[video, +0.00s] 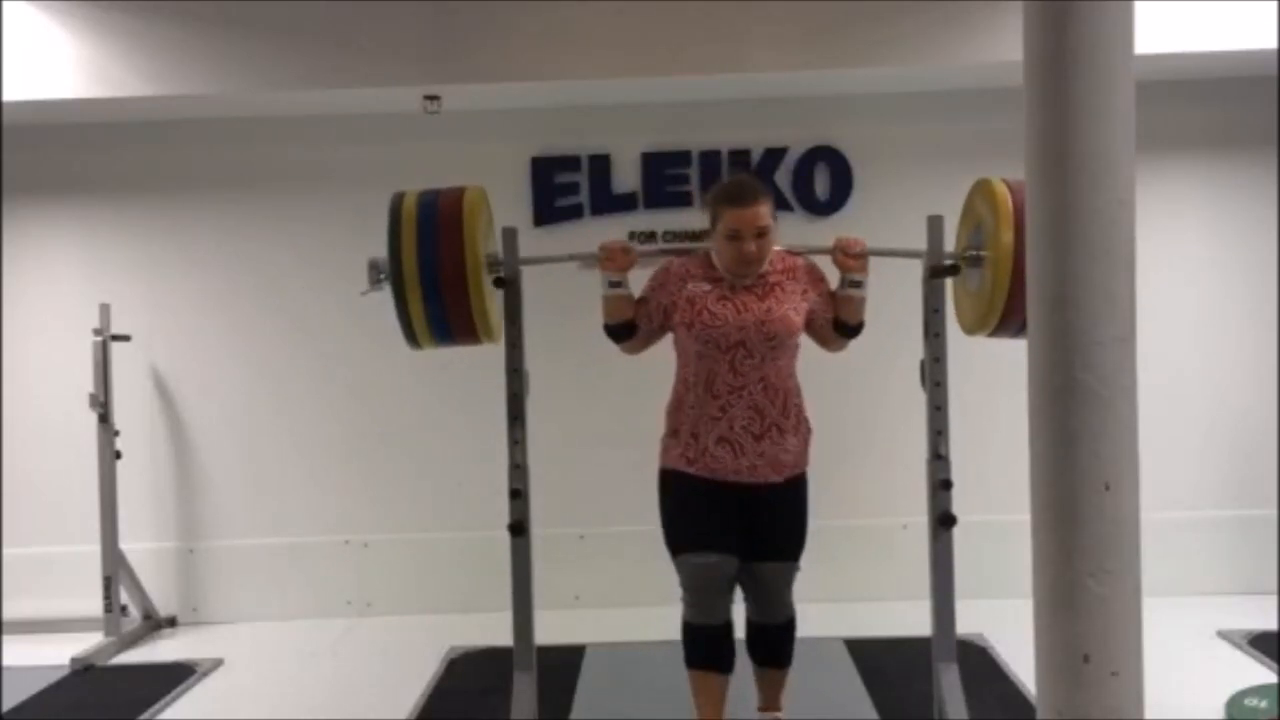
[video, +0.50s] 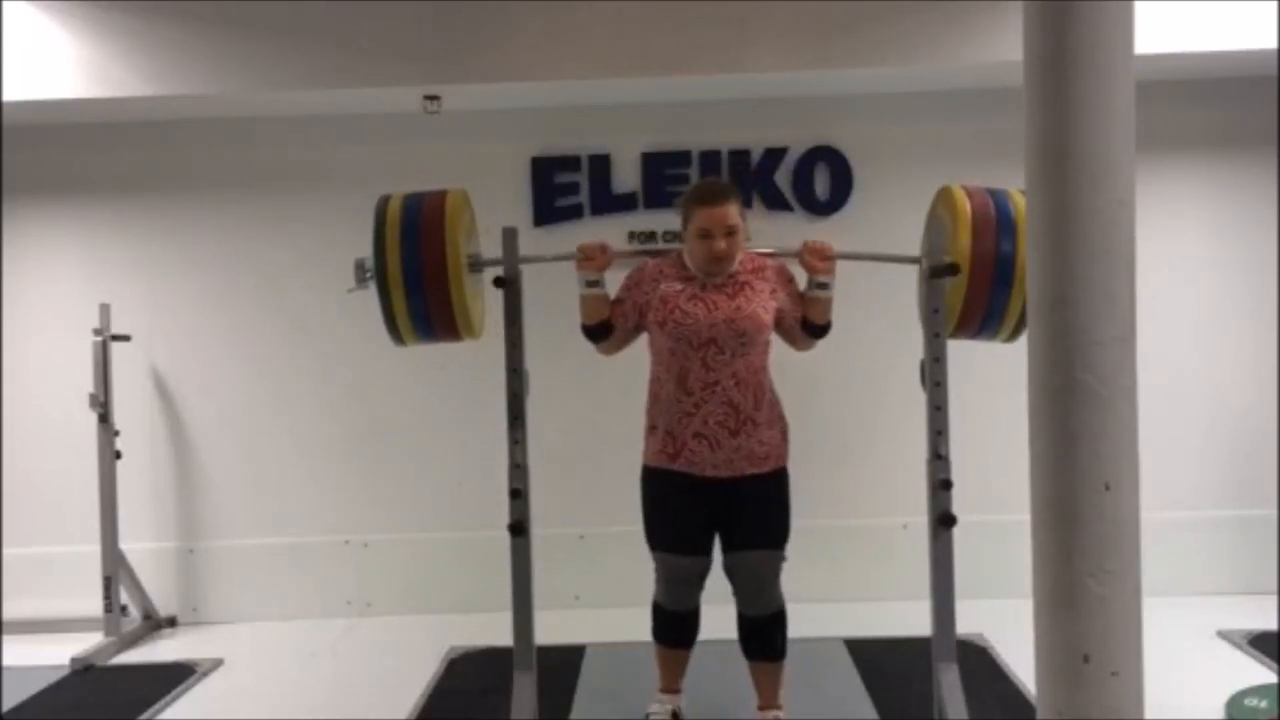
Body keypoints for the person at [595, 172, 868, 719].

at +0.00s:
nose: (748, 249)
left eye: (760, 235)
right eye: (734, 237)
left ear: (775, 229)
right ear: (712, 232)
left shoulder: (796, 274)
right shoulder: (680, 276)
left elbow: (837, 336)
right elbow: (629, 338)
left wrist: (852, 280)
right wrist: (615, 281)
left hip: (775, 465)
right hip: (697, 464)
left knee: (772, 597)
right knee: (706, 595)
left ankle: (771, 711)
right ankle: (709, 716)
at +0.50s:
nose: (719, 246)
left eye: (729, 233)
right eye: (706, 235)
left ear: (743, 230)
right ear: (684, 234)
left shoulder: (766, 274)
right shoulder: (653, 278)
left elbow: (805, 337)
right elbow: (606, 340)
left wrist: (820, 281)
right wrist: (592, 280)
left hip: (755, 463)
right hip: (676, 463)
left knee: (760, 590)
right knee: (677, 587)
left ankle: (770, 709)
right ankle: (668, 701)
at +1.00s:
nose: (702, 243)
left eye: (712, 231)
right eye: (689, 233)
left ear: (726, 230)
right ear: (668, 233)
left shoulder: (750, 275)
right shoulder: (640, 276)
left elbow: (791, 336)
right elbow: (594, 337)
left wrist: (803, 282)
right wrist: (580, 278)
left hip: (744, 454)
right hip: (665, 457)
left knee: (766, 577)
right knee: (670, 581)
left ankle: (796, 695)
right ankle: (665, 701)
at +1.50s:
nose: (721, 234)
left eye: (730, 223)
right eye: (708, 225)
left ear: (745, 227)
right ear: (687, 232)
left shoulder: (770, 275)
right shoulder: (660, 279)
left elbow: (810, 338)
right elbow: (614, 339)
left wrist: (823, 283)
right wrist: (600, 281)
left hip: (762, 457)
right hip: (685, 460)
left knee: (770, 580)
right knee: (684, 581)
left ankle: (795, 696)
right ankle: (667, 699)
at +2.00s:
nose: (702, 232)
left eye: (711, 222)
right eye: (689, 223)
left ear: (727, 228)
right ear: (671, 230)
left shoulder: (753, 278)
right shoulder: (642, 280)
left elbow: (793, 340)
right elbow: (599, 341)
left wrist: (805, 284)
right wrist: (585, 281)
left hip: (742, 459)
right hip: (665, 461)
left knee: (763, 580)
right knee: (670, 582)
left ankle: (795, 696)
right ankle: (665, 698)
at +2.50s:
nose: (707, 233)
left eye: (717, 222)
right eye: (695, 224)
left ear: (733, 228)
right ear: (676, 231)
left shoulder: (758, 278)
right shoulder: (649, 280)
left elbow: (799, 339)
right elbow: (604, 339)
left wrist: (810, 285)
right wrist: (590, 281)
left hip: (748, 456)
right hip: (672, 458)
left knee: (764, 576)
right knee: (676, 579)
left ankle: (799, 695)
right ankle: (665, 699)